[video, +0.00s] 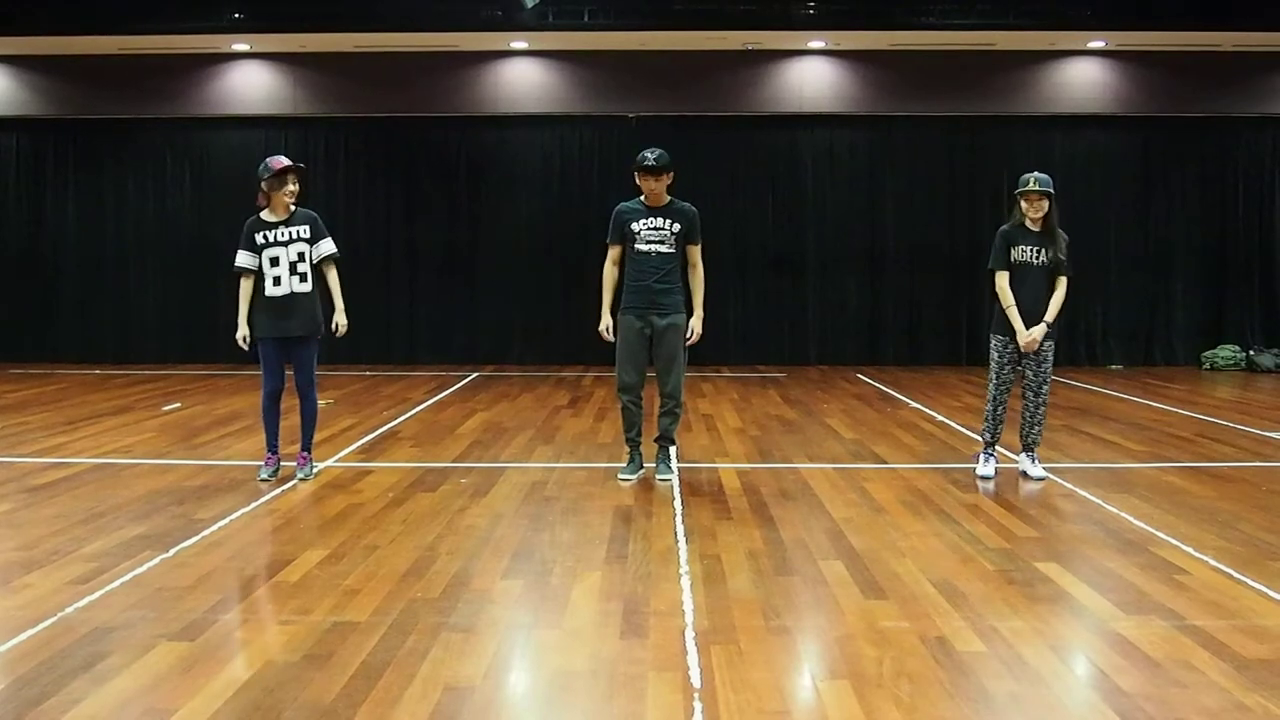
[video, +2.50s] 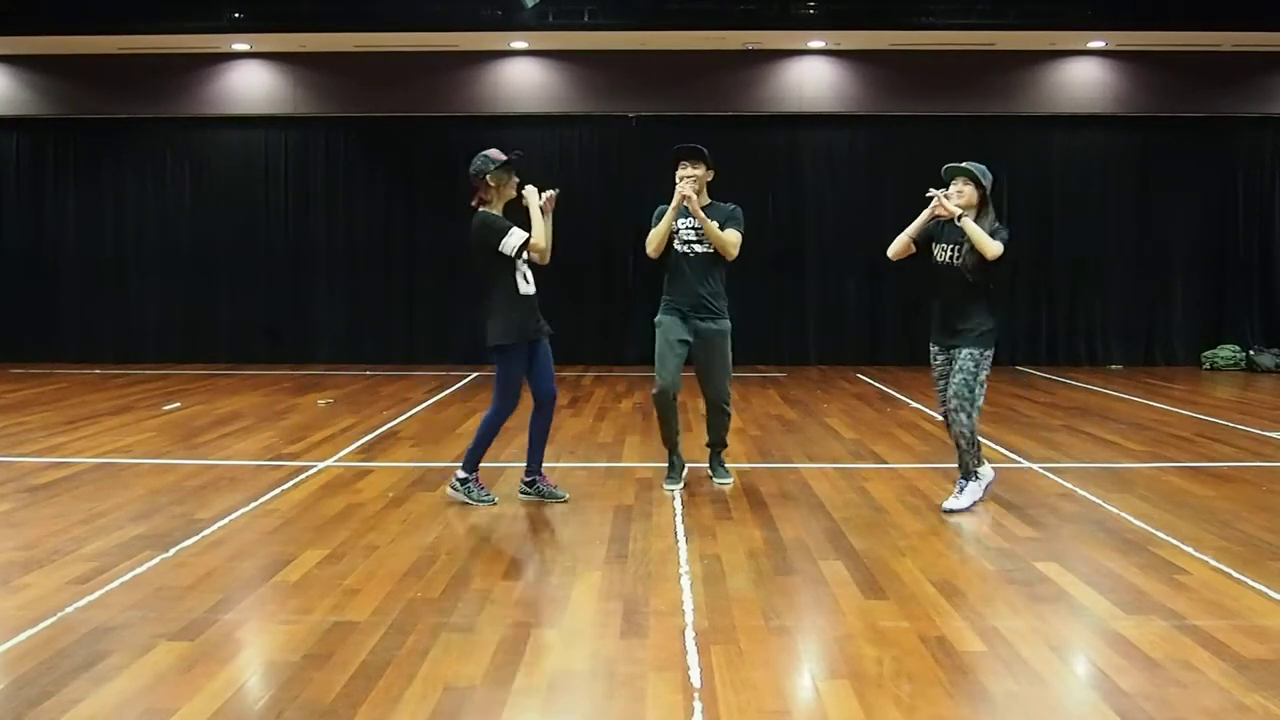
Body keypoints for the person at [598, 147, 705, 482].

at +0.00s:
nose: (650, 181)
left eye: (656, 175)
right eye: (644, 175)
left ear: (669, 177)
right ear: (637, 177)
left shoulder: (686, 214)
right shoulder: (624, 213)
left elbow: (695, 265)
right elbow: (612, 263)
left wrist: (698, 314)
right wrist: (606, 311)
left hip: (672, 315)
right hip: (631, 314)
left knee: (671, 389)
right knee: (628, 387)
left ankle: (667, 451)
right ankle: (633, 454)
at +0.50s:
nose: (646, 181)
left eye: (652, 174)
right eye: (640, 175)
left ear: (664, 176)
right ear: (633, 176)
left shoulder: (684, 212)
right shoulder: (619, 213)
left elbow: (698, 261)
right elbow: (597, 258)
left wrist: (700, 309)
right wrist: (594, 308)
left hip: (670, 314)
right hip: (629, 314)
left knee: (670, 388)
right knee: (627, 387)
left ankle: (665, 451)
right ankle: (633, 453)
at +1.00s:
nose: (653, 190)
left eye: (659, 184)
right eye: (647, 184)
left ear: (669, 186)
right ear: (637, 186)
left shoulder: (685, 220)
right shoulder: (621, 220)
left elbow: (687, 271)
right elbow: (621, 268)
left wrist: (668, 254)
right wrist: (646, 233)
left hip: (674, 307)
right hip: (635, 312)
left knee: (697, 355)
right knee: (627, 386)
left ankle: (678, 416)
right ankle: (634, 454)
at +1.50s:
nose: (669, 172)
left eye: (677, 166)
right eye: (664, 166)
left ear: (690, 173)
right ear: (658, 173)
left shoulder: (708, 211)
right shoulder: (645, 210)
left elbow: (697, 249)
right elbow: (636, 246)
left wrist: (671, 211)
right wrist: (657, 204)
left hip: (692, 315)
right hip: (652, 310)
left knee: (693, 390)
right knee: (639, 370)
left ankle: (690, 453)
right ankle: (651, 437)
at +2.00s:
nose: (686, 173)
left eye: (692, 169)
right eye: (680, 168)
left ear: (700, 179)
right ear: (667, 175)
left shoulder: (713, 214)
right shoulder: (651, 212)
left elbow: (724, 248)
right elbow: (651, 241)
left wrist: (701, 209)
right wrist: (676, 201)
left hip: (704, 315)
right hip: (661, 316)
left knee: (728, 375)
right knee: (655, 391)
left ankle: (714, 440)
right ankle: (659, 457)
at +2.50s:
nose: (687, 173)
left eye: (694, 168)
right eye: (682, 168)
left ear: (708, 175)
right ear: (675, 175)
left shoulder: (728, 212)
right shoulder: (664, 212)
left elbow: (731, 250)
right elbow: (652, 250)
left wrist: (698, 213)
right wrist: (674, 208)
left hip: (713, 317)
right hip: (673, 315)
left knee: (719, 397)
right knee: (664, 389)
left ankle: (717, 457)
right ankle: (674, 460)